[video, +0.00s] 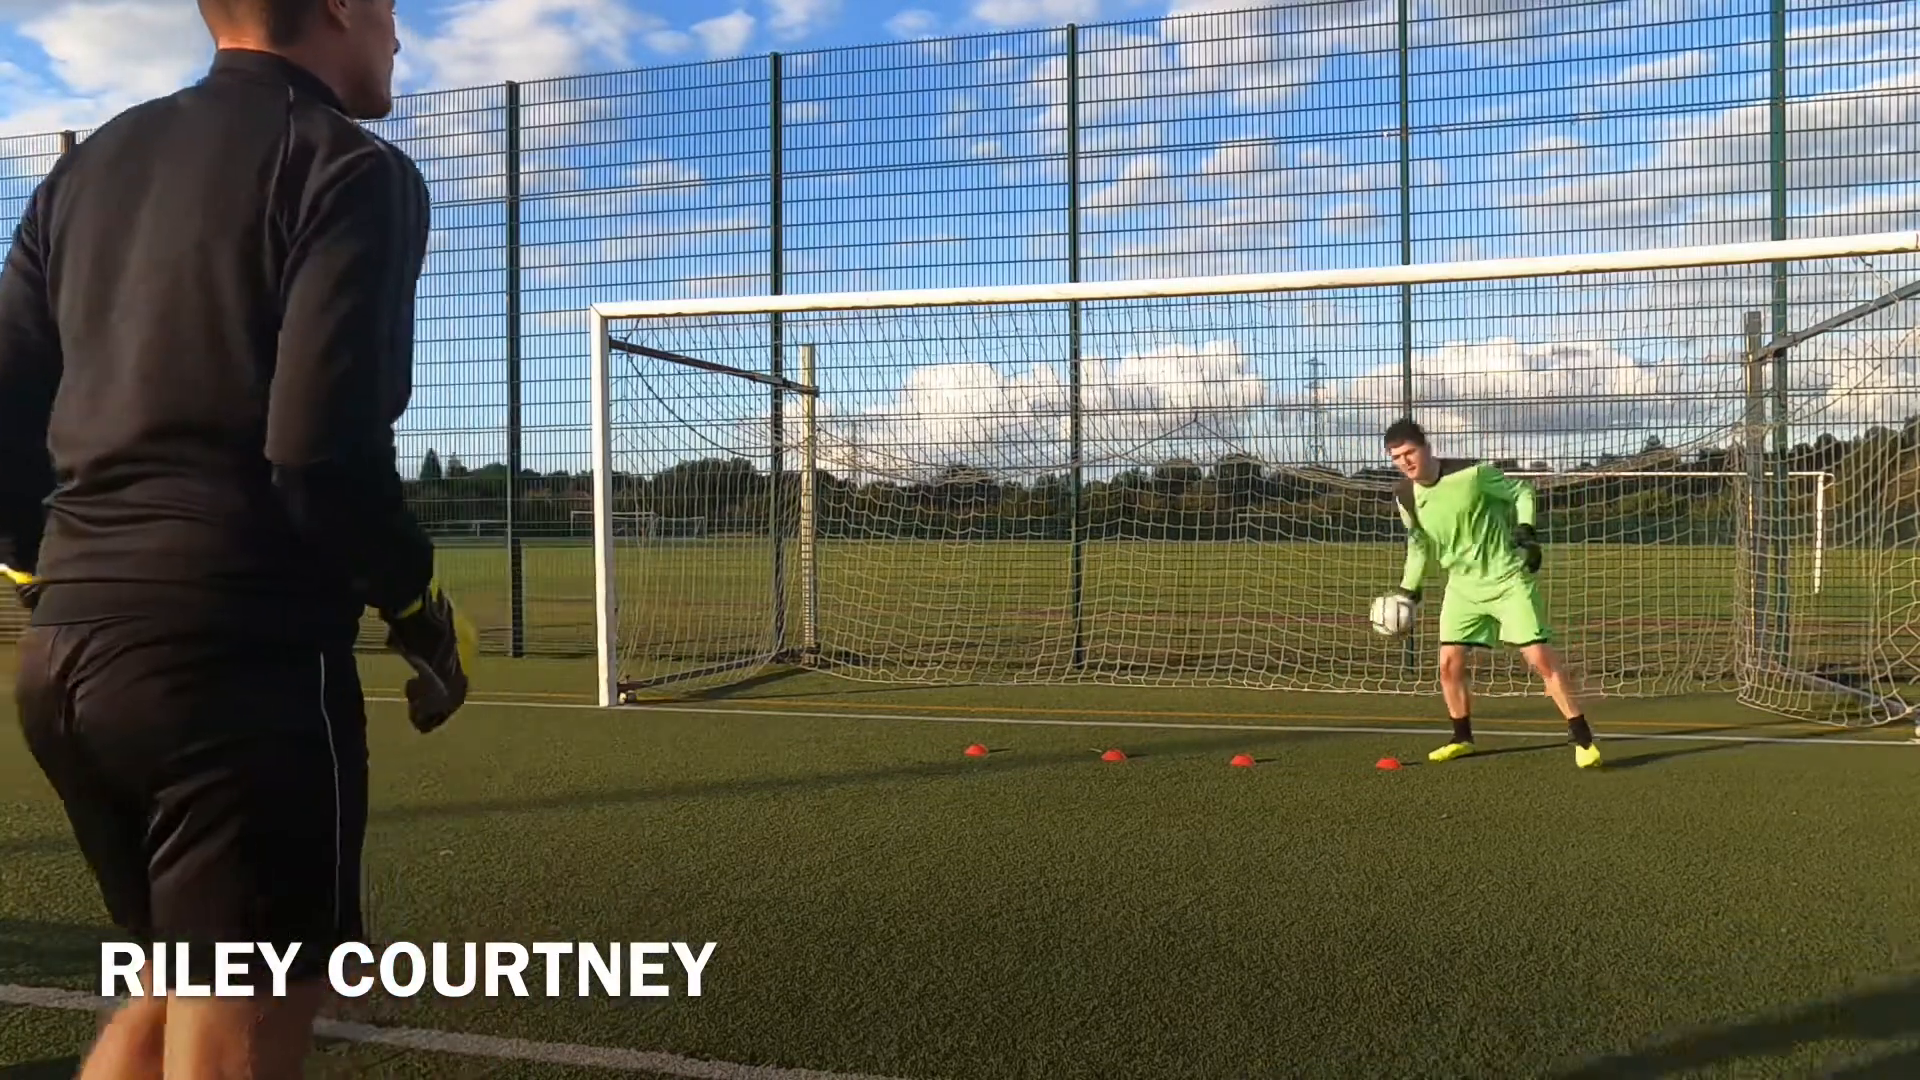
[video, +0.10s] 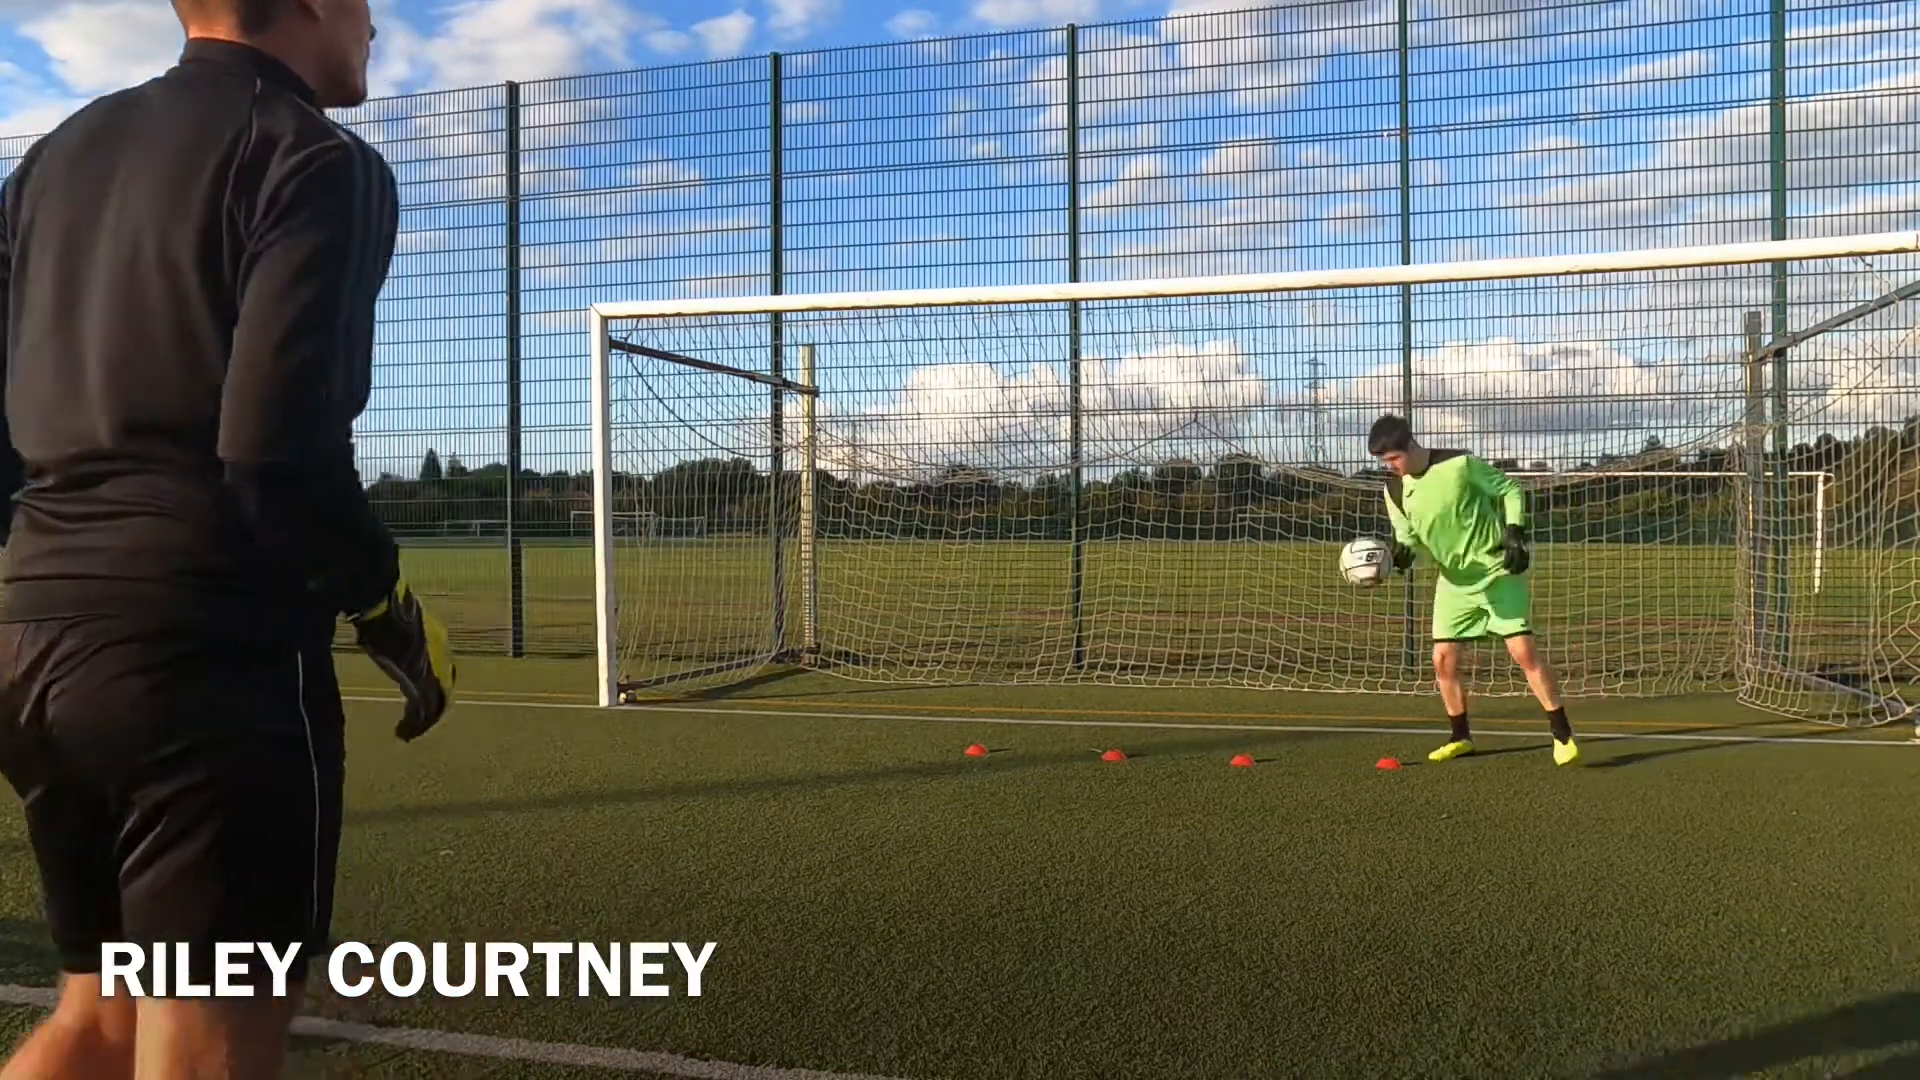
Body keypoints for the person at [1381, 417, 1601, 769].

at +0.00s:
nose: (1406, 461)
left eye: (1410, 452)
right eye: (1398, 458)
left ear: (1427, 447)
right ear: (1394, 462)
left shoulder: (1476, 475)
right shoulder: (1407, 500)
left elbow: (1523, 491)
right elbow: (1417, 545)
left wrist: (1526, 532)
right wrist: (1408, 593)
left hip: (1510, 579)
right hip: (1462, 587)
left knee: (1539, 658)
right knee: (1449, 663)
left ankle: (1583, 739)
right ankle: (1462, 738)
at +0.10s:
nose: (1389, 466)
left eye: (1393, 457)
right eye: (1383, 461)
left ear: (1412, 445)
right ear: (1382, 459)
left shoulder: (1462, 466)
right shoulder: (1394, 491)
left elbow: (1511, 489)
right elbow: (1407, 543)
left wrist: (1515, 534)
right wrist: (1400, 556)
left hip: (1498, 573)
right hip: (1453, 581)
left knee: (1522, 652)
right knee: (1443, 659)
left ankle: (1563, 734)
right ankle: (1461, 737)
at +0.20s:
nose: (1378, 463)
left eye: (1381, 455)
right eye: (1373, 458)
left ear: (1399, 442)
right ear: (1372, 455)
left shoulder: (1451, 460)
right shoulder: (1387, 484)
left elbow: (1502, 484)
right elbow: (1399, 537)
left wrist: (1504, 528)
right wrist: (1417, 510)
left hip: (1487, 567)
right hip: (1444, 576)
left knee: (1511, 649)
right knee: (1448, 659)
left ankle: (1545, 734)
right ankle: (1461, 737)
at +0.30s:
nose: (1369, 461)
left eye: (1372, 453)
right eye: (1364, 455)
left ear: (1392, 438)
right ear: (1365, 451)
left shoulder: (1444, 458)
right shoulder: (1378, 484)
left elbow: (1492, 481)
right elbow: (1393, 535)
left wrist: (1494, 526)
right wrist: (1422, 539)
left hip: (1481, 569)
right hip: (1438, 579)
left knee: (1504, 647)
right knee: (1453, 660)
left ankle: (1533, 738)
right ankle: (1464, 738)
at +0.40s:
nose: (1365, 466)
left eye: (1368, 458)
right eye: (1360, 461)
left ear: (1388, 444)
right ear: (1363, 457)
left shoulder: (1442, 465)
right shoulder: (1374, 489)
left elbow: (1487, 493)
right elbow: (1382, 535)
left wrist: (1484, 539)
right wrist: (1396, 567)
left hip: (1471, 580)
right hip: (1427, 590)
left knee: (1495, 657)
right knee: (1431, 668)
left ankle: (1537, 744)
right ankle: (1459, 721)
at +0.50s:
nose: (1360, 483)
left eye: (1364, 474)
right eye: (1355, 477)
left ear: (1383, 462)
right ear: (1355, 474)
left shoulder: (1431, 489)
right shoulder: (1367, 498)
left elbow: (1481, 528)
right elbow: (1363, 537)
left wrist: (1474, 571)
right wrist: (1346, 579)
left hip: (1452, 592)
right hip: (1410, 597)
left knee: (1482, 674)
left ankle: (1542, 749)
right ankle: (1430, 721)